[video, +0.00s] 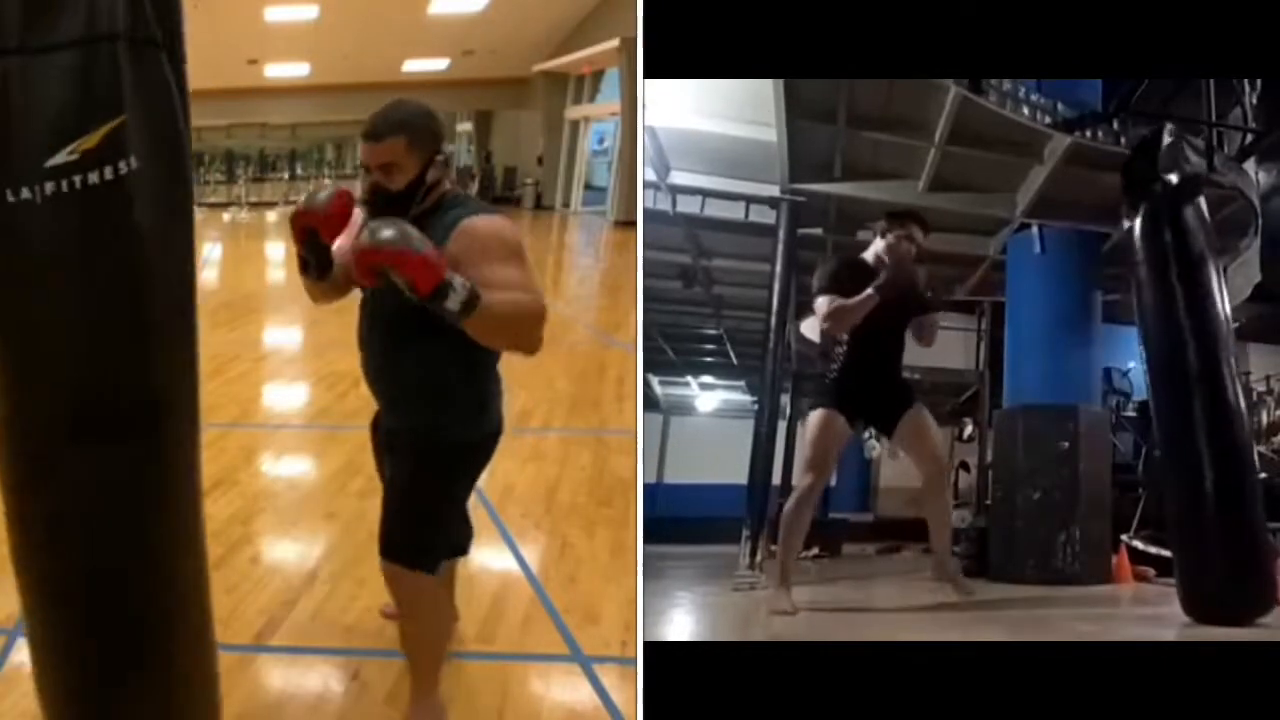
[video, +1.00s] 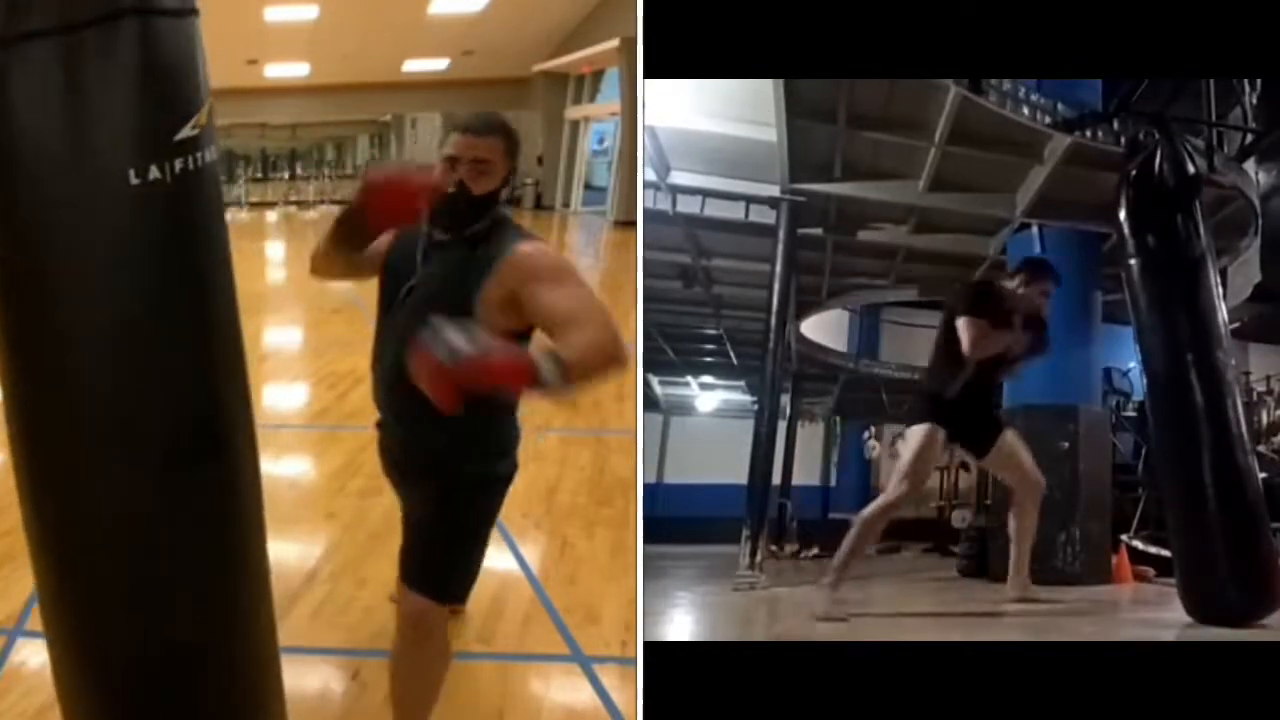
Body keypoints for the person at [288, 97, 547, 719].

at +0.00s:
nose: (373, 182)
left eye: (388, 170)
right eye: (368, 169)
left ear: (430, 163)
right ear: (364, 161)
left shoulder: (480, 231)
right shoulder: (381, 217)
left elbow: (527, 332)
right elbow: (329, 289)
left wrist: (441, 288)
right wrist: (312, 248)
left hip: (450, 424)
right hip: (400, 410)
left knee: (409, 562)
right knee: (423, 520)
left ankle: (424, 700)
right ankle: (436, 606)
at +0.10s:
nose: (356, 181)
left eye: (370, 169)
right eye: (352, 167)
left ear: (413, 163)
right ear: (354, 159)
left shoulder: (438, 220)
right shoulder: (381, 210)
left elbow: (477, 293)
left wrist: (366, 269)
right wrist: (307, 232)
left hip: (443, 422)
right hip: (408, 408)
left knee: (415, 562)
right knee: (407, 507)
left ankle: (430, 703)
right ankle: (426, 595)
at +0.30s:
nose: (364, 187)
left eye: (379, 174)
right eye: (360, 174)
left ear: (422, 169)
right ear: (362, 164)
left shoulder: (434, 236)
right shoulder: (396, 222)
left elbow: (365, 300)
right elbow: (344, 284)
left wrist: (264, 299)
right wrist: (315, 252)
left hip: (453, 424)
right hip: (418, 409)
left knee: (434, 565)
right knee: (420, 508)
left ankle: (431, 701)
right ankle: (433, 588)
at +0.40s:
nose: (377, 182)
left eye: (391, 171)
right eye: (371, 170)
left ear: (431, 170)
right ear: (369, 167)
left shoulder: (457, 235)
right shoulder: (392, 226)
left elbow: (469, 323)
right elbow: (340, 293)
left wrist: (375, 281)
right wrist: (328, 241)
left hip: (454, 419)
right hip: (417, 404)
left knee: (411, 553)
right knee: (429, 508)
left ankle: (419, 688)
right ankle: (446, 588)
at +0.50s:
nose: (385, 185)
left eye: (399, 172)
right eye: (379, 172)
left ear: (436, 168)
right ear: (375, 165)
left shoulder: (467, 238)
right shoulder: (393, 218)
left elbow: (458, 337)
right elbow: (350, 299)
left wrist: (389, 277)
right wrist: (334, 257)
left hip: (469, 408)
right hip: (419, 393)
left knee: (387, 500)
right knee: (429, 499)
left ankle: (429, 620)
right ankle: (445, 590)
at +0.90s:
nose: (435, 175)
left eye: (452, 165)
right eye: (426, 161)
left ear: (482, 168)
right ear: (415, 161)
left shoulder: (491, 231)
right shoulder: (412, 230)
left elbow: (497, 282)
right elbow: (358, 281)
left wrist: (395, 232)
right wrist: (298, 327)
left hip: (484, 428)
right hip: (425, 414)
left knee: (444, 570)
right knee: (440, 510)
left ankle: (433, 710)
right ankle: (444, 588)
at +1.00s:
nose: (460, 178)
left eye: (479, 168)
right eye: (451, 163)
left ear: (506, 178)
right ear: (437, 165)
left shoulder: (524, 261)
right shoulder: (405, 242)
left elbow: (603, 344)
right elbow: (329, 263)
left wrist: (517, 369)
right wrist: (364, 215)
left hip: (468, 454)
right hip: (401, 435)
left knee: (417, 605)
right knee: (425, 525)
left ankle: (410, 712)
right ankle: (445, 603)